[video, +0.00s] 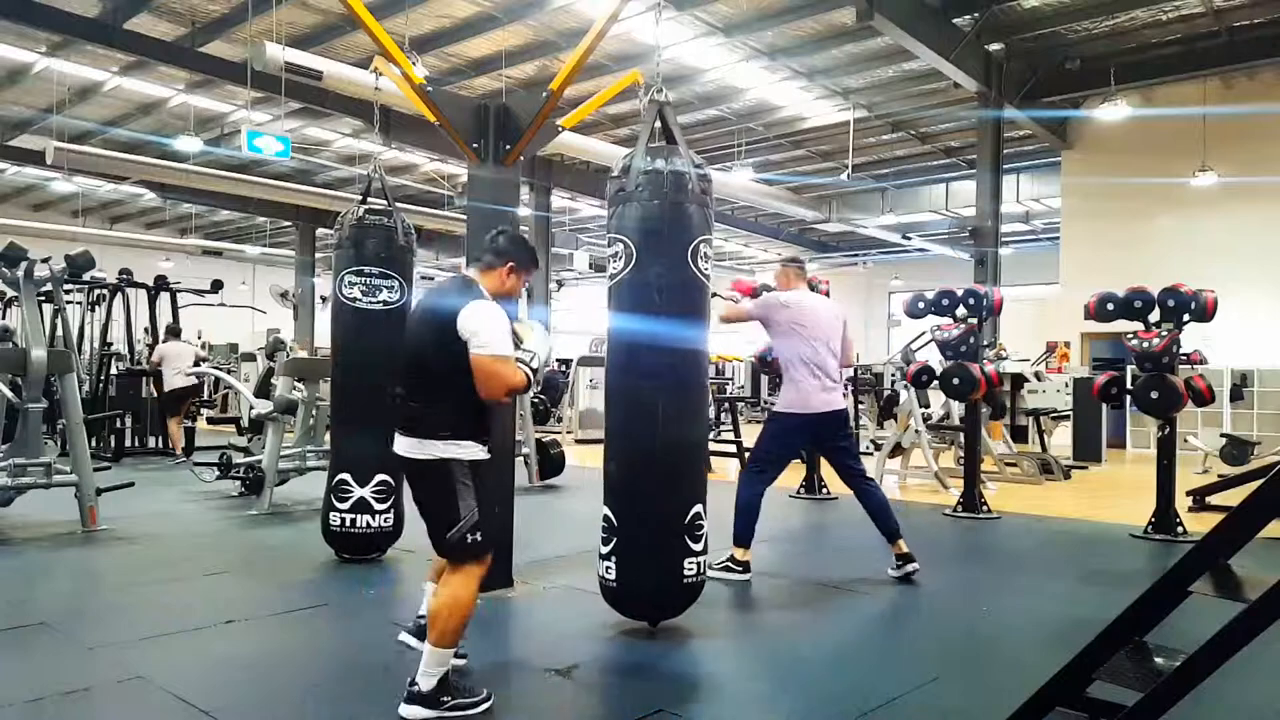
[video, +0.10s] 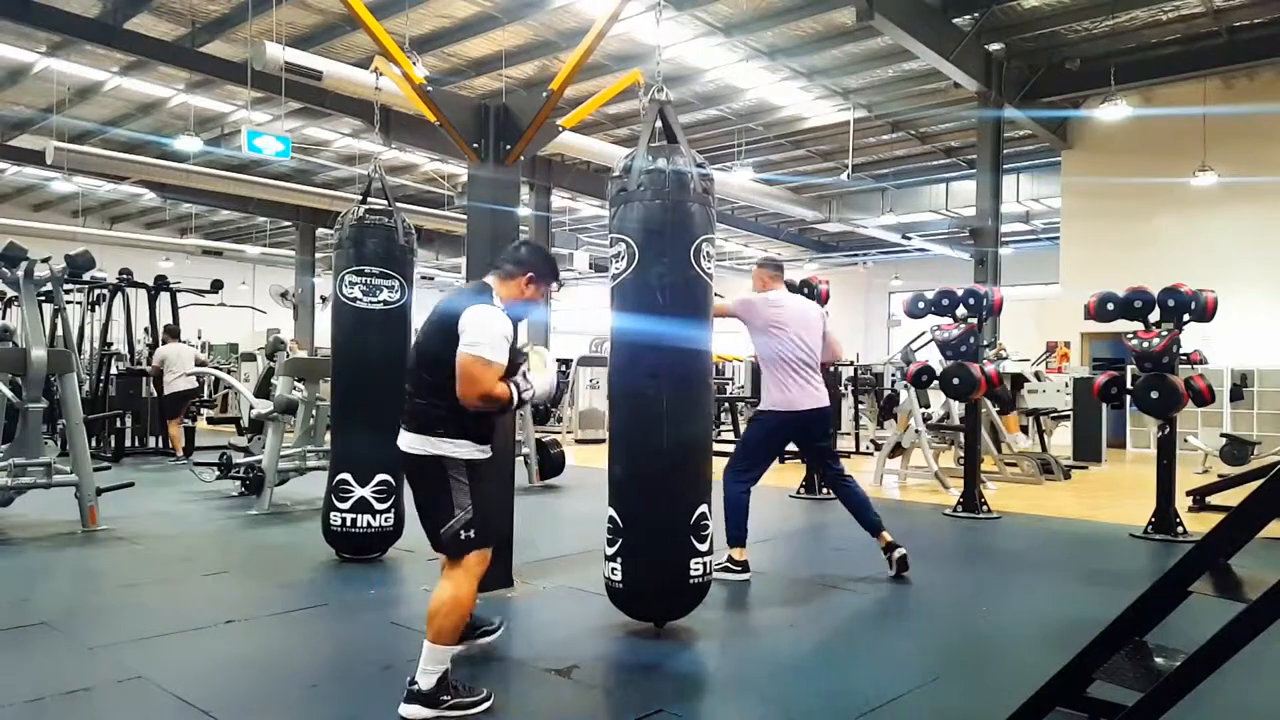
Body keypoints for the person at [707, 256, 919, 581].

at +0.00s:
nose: (775, 284)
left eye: (777, 278)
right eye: (776, 279)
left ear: (788, 276)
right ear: (804, 276)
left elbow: (727, 315)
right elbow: (847, 360)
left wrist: (735, 302)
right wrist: (802, 355)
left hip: (791, 411)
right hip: (832, 411)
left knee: (753, 477)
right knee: (860, 479)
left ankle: (740, 558)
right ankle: (902, 552)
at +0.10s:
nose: (753, 285)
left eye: (753, 280)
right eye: (754, 280)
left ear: (761, 278)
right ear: (783, 277)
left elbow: (709, 308)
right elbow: (834, 354)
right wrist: (796, 358)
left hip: (777, 408)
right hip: (817, 406)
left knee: (737, 476)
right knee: (836, 475)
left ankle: (737, 557)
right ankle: (888, 543)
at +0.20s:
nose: (730, 285)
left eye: (731, 279)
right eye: (730, 279)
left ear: (741, 276)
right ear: (757, 276)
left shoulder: (740, 305)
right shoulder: (787, 304)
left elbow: (709, 346)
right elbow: (795, 349)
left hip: (765, 406)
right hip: (800, 401)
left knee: (731, 476)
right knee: (820, 470)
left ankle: (736, 556)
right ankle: (876, 536)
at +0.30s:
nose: (715, 284)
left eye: (717, 277)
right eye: (715, 278)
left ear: (731, 276)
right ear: (735, 276)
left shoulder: (755, 306)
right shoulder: (737, 308)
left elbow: (743, 358)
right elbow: (738, 352)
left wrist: (716, 347)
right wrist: (724, 347)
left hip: (765, 401)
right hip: (785, 399)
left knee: (737, 475)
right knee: (808, 468)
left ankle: (737, 556)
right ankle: (866, 525)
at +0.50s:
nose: (721, 284)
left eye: (723, 277)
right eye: (721, 277)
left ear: (737, 276)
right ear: (744, 275)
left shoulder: (755, 306)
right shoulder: (765, 303)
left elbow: (737, 353)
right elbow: (738, 345)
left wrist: (710, 337)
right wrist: (722, 335)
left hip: (764, 402)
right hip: (782, 401)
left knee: (735, 475)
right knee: (771, 469)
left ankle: (736, 553)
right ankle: (830, 520)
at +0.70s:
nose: (749, 294)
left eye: (751, 287)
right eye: (749, 288)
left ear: (769, 284)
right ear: (772, 285)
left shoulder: (783, 315)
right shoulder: (790, 315)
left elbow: (763, 357)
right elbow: (764, 357)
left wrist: (741, 334)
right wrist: (745, 335)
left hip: (782, 407)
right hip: (791, 406)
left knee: (756, 470)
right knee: (761, 469)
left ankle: (740, 547)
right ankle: (802, 530)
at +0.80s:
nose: (761, 285)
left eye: (765, 279)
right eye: (761, 280)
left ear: (784, 278)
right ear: (782, 278)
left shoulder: (802, 309)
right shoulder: (785, 312)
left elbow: (789, 352)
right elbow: (780, 353)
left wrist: (759, 329)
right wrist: (757, 329)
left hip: (801, 401)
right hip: (793, 400)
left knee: (772, 465)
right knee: (780, 468)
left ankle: (768, 543)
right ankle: (807, 536)